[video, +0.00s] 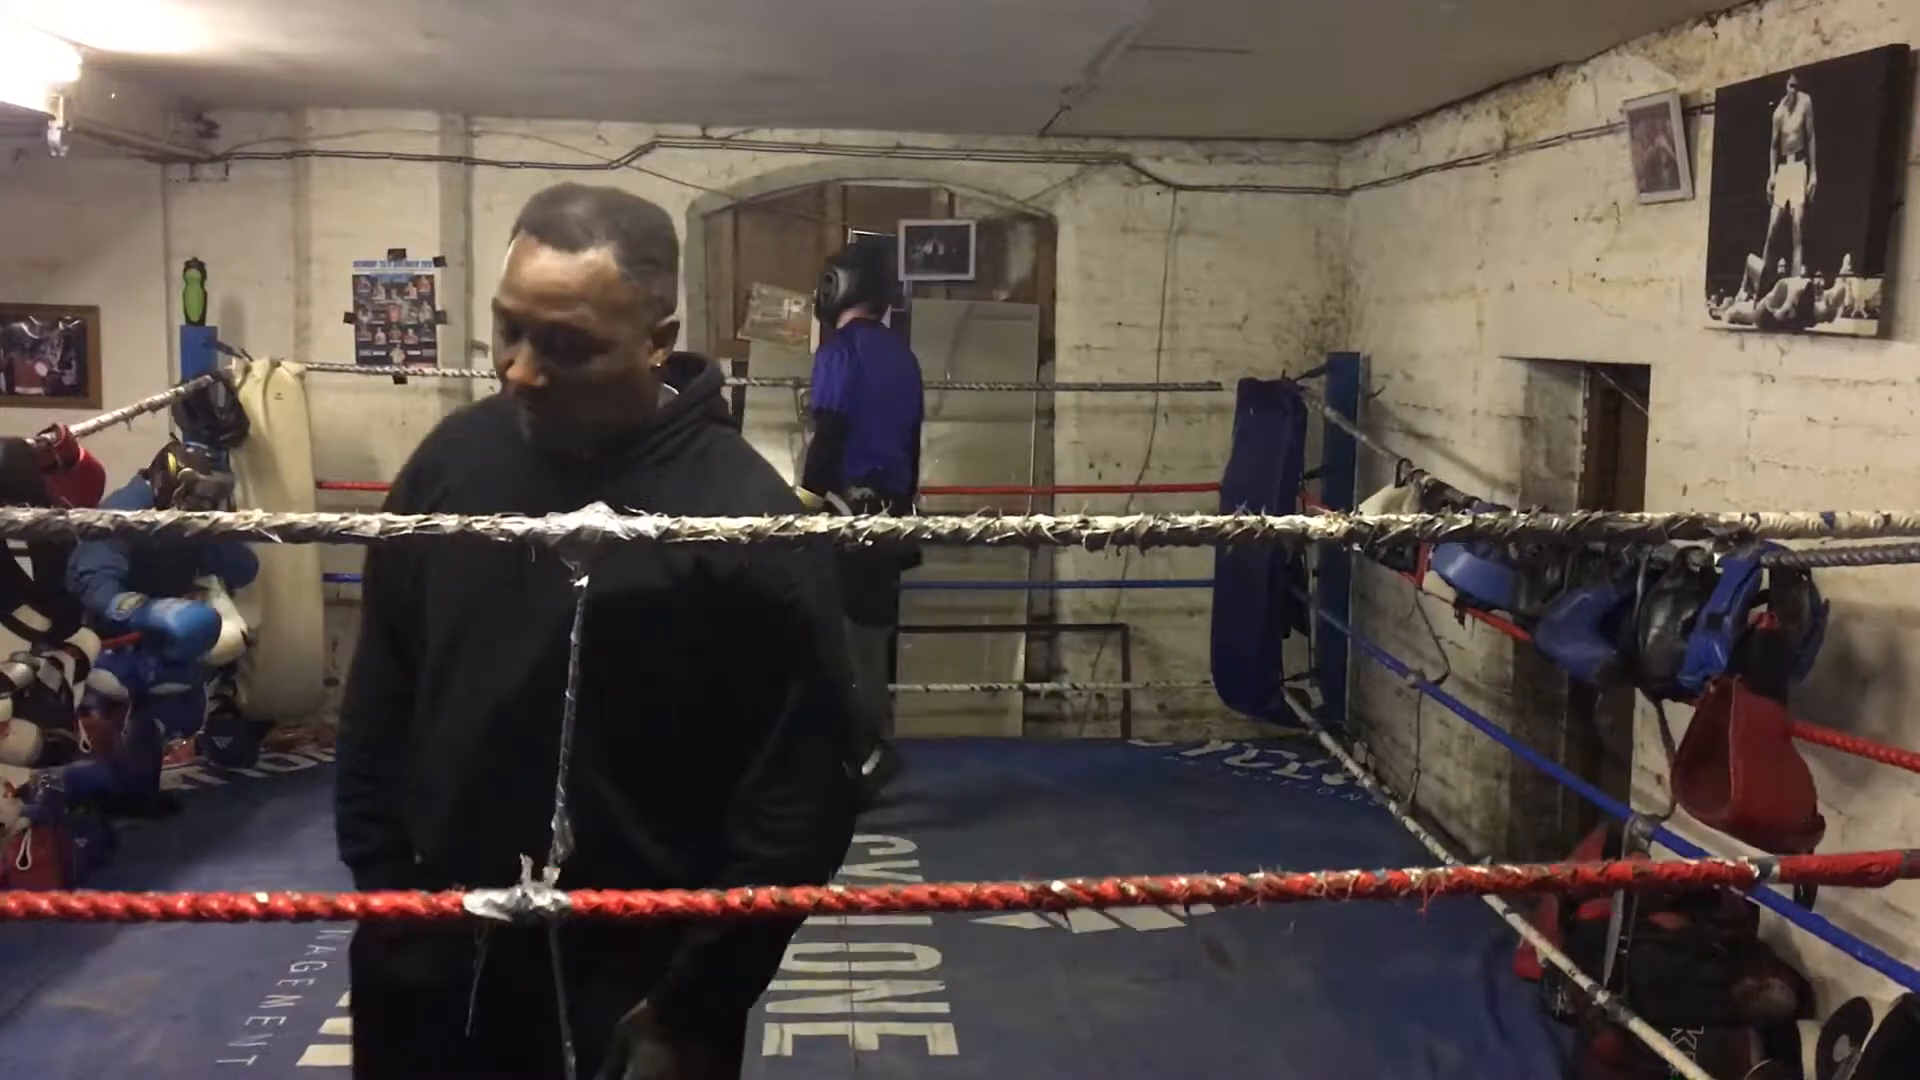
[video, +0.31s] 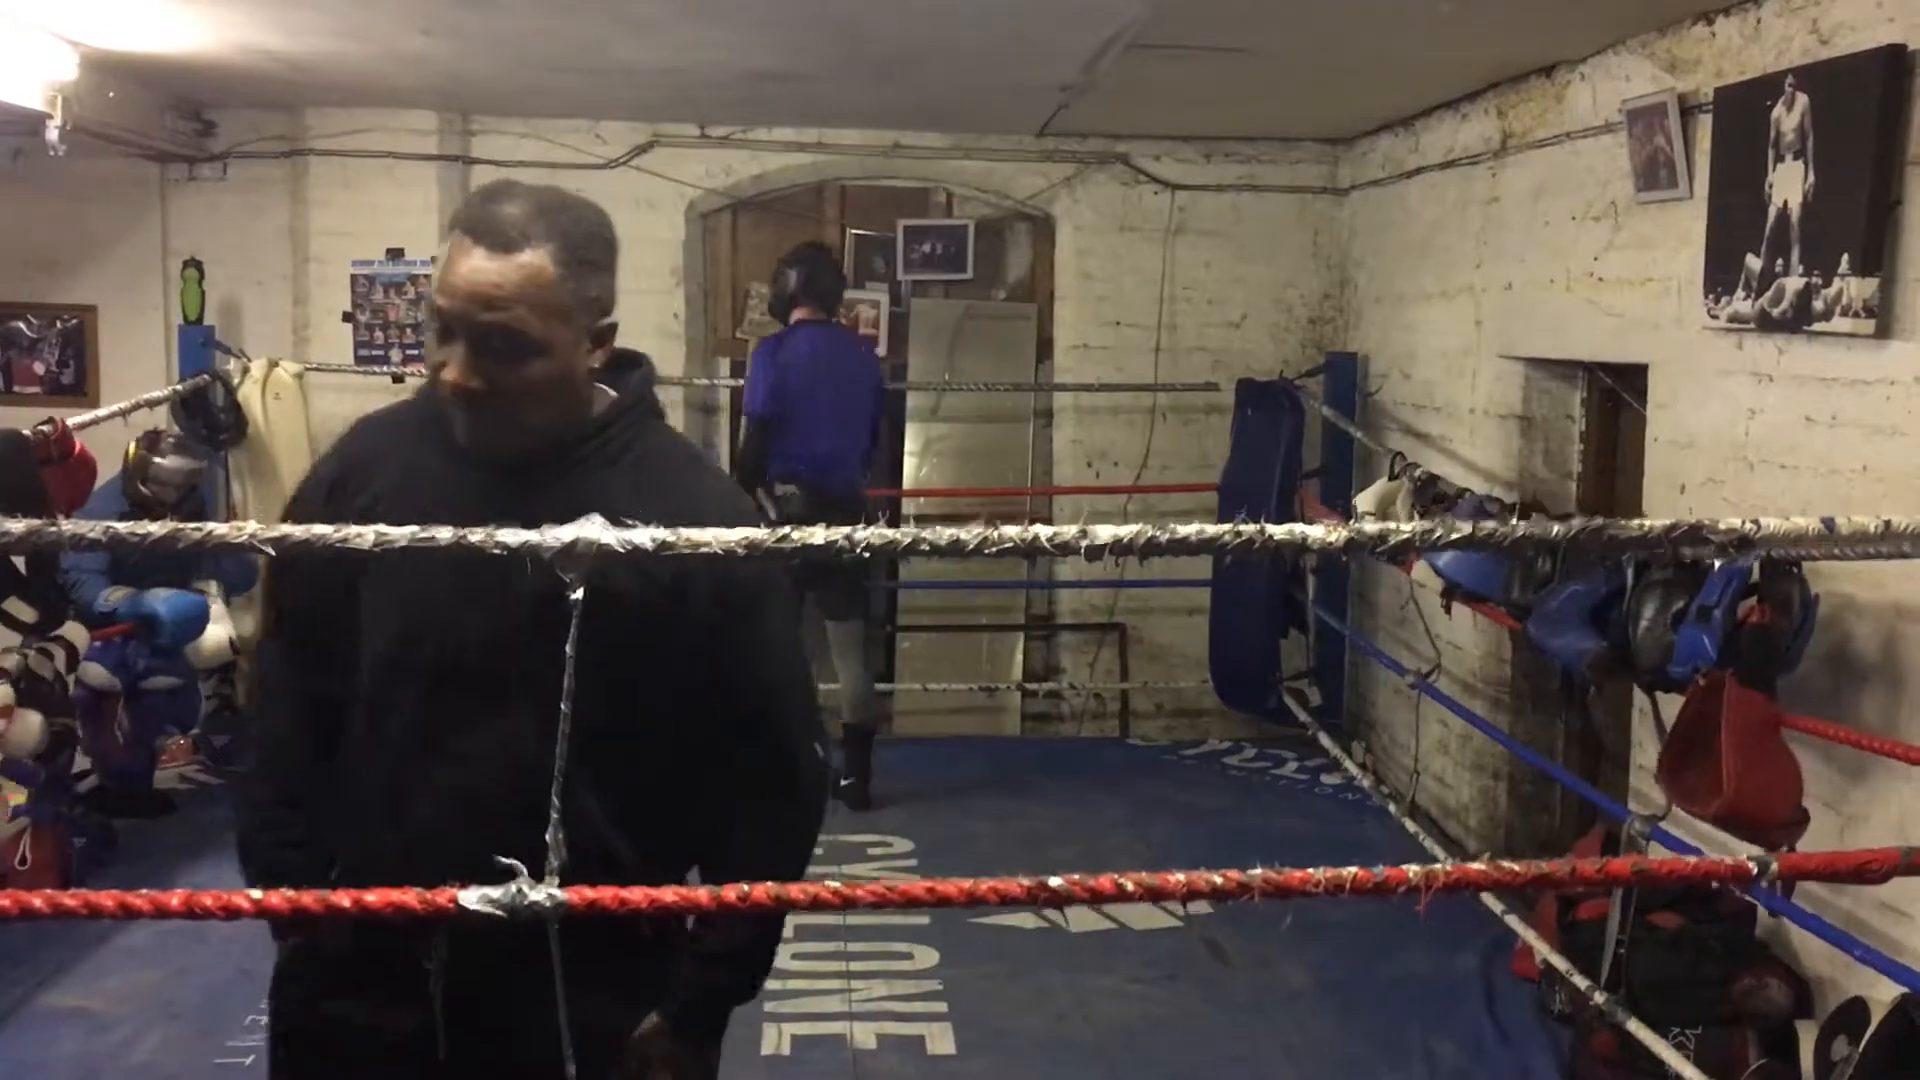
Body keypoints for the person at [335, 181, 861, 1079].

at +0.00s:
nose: (520, 372)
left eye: (566, 346)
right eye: (509, 332)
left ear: (661, 338)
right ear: (495, 306)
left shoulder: (750, 519)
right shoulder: (457, 458)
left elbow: (809, 782)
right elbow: (381, 685)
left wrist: (700, 1004)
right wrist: (387, 888)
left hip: (641, 981)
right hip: (435, 967)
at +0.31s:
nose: (455, 373)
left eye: (502, 346)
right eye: (442, 332)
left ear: (596, 342)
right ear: (429, 308)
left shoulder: (702, 521)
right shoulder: (364, 469)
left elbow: (777, 787)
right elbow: (284, 710)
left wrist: (697, 1008)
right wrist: (299, 918)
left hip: (595, 1004)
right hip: (364, 988)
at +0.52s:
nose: (361, 374)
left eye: (406, 345)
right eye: (347, 332)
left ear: (505, 339)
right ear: (329, 314)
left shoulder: (611, 509)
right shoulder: (262, 490)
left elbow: (704, 768)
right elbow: (199, 735)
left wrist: (647, 991)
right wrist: (231, 954)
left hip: (522, 1001)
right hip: (296, 992)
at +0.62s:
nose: (294, 368)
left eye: (339, 339)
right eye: (280, 327)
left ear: (443, 333)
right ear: (262, 312)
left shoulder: (564, 507)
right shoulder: (198, 502)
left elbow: (652, 764)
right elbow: (132, 751)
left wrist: (601, 985)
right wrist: (181, 962)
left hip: (477, 1002)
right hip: (245, 998)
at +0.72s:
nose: (223, 368)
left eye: (267, 335)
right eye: (209, 327)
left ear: (379, 325)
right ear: (194, 308)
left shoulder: (506, 498)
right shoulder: (146, 502)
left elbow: (615, 754)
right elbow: (71, 766)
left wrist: (557, 970)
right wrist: (129, 969)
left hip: (441, 1010)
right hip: (203, 1009)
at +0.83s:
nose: (152, 363)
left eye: (197, 330)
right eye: (137, 327)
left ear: (308, 316)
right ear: (120, 315)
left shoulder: (447, 481)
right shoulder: (88, 498)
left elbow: (570, 732)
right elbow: (27, 760)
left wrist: (519, 957)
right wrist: (87, 964)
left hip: (394, 985)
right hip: (164, 988)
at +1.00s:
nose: (58, 368)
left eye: (101, 330)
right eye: (40, 329)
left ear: (213, 313)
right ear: (23, 318)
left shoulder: (379, 469)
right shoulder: (26, 495)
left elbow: (507, 712)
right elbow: (16, 764)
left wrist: (473, 946)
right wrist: (37, 964)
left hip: (355, 985)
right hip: (122, 987)